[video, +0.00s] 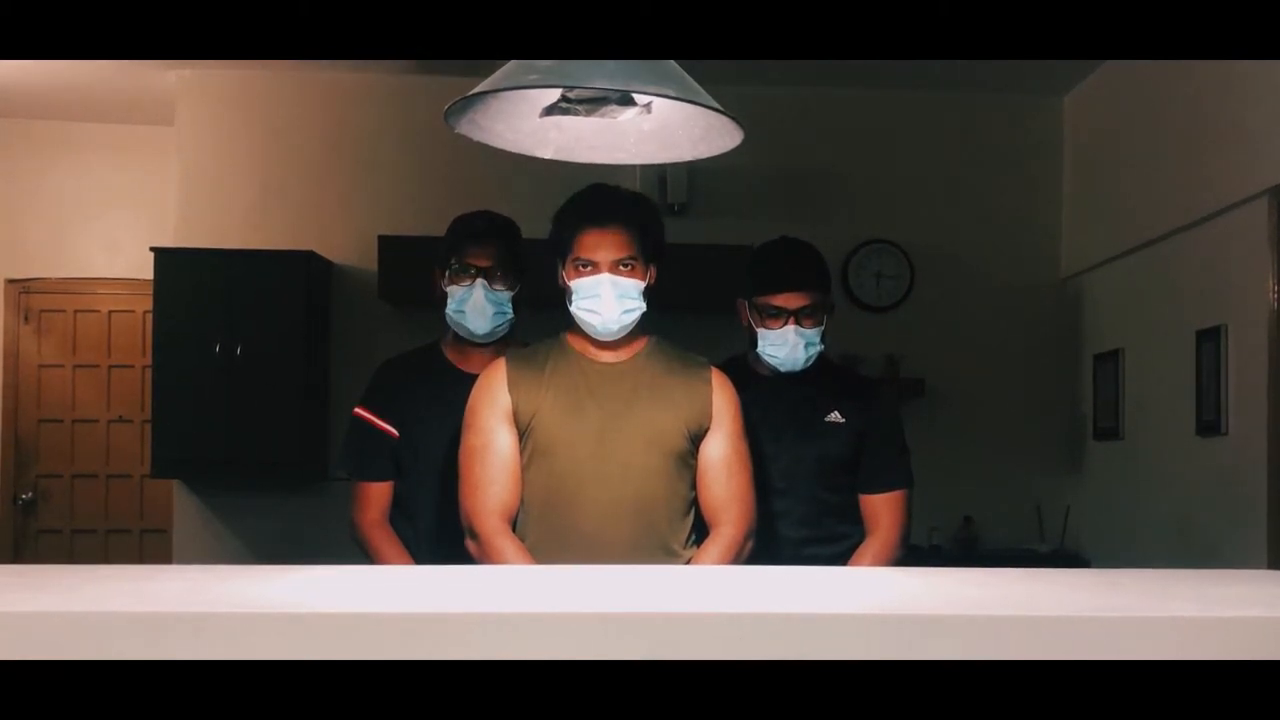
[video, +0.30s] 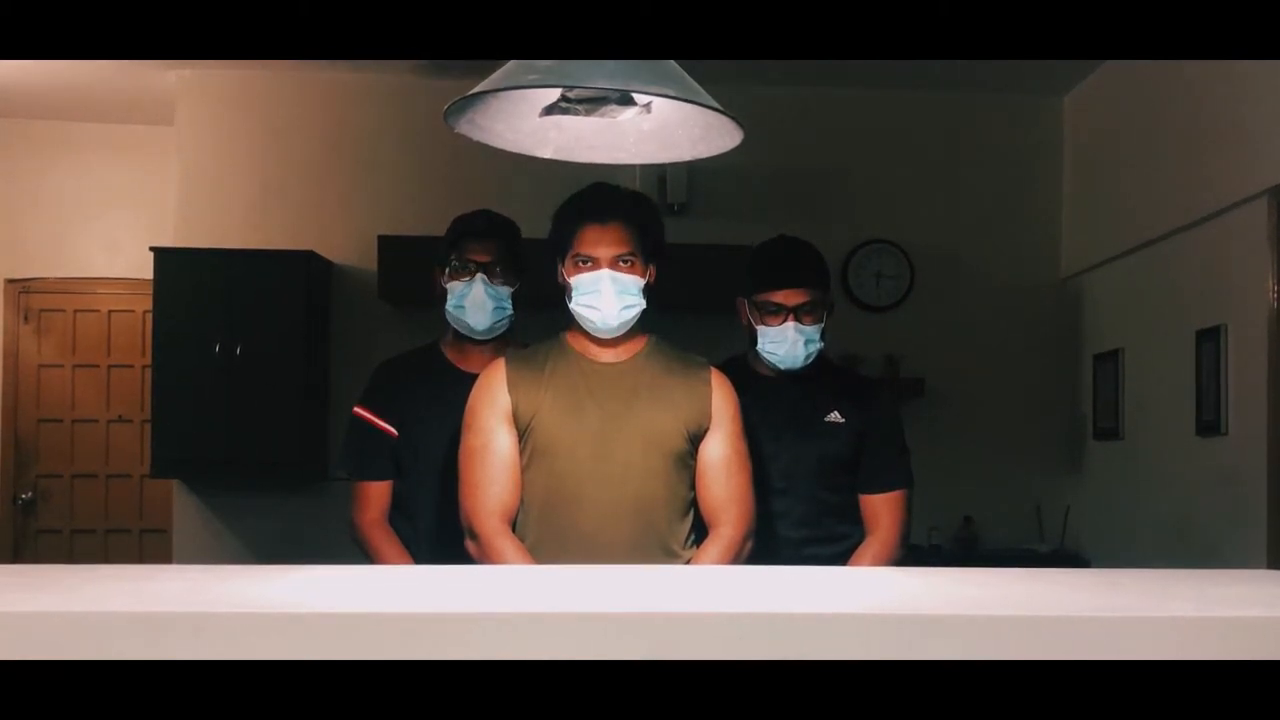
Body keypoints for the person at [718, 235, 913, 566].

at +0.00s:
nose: (791, 330)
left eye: (807, 314)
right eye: (773, 314)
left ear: (826, 313)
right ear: (746, 313)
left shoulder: (862, 399)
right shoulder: (714, 393)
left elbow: (885, 536)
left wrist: (831, 611)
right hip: (738, 593)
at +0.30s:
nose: (791, 327)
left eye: (807, 311)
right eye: (772, 311)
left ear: (826, 311)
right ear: (746, 312)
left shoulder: (863, 400)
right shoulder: (713, 393)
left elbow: (885, 537)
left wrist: (830, 611)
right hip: (737, 594)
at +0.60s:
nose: (791, 325)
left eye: (808, 309)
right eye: (773, 308)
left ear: (826, 311)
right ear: (746, 310)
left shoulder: (863, 400)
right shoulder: (713, 393)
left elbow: (885, 537)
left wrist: (830, 611)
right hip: (736, 595)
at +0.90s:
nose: (792, 321)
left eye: (808, 306)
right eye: (774, 305)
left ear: (826, 309)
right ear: (747, 309)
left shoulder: (863, 401)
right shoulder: (711, 393)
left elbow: (885, 537)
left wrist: (831, 611)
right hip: (737, 596)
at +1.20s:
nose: (792, 319)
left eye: (807, 304)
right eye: (774, 303)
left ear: (825, 309)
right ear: (747, 308)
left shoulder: (862, 400)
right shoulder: (710, 393)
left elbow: (885, 536)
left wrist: (830, 611)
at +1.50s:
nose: (790, 315)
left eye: (807, 301)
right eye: (772, 300)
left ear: (824, 307)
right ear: (745, 307)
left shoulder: (862, 400)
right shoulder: (709, 393)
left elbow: (884, 536)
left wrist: (831, 611)